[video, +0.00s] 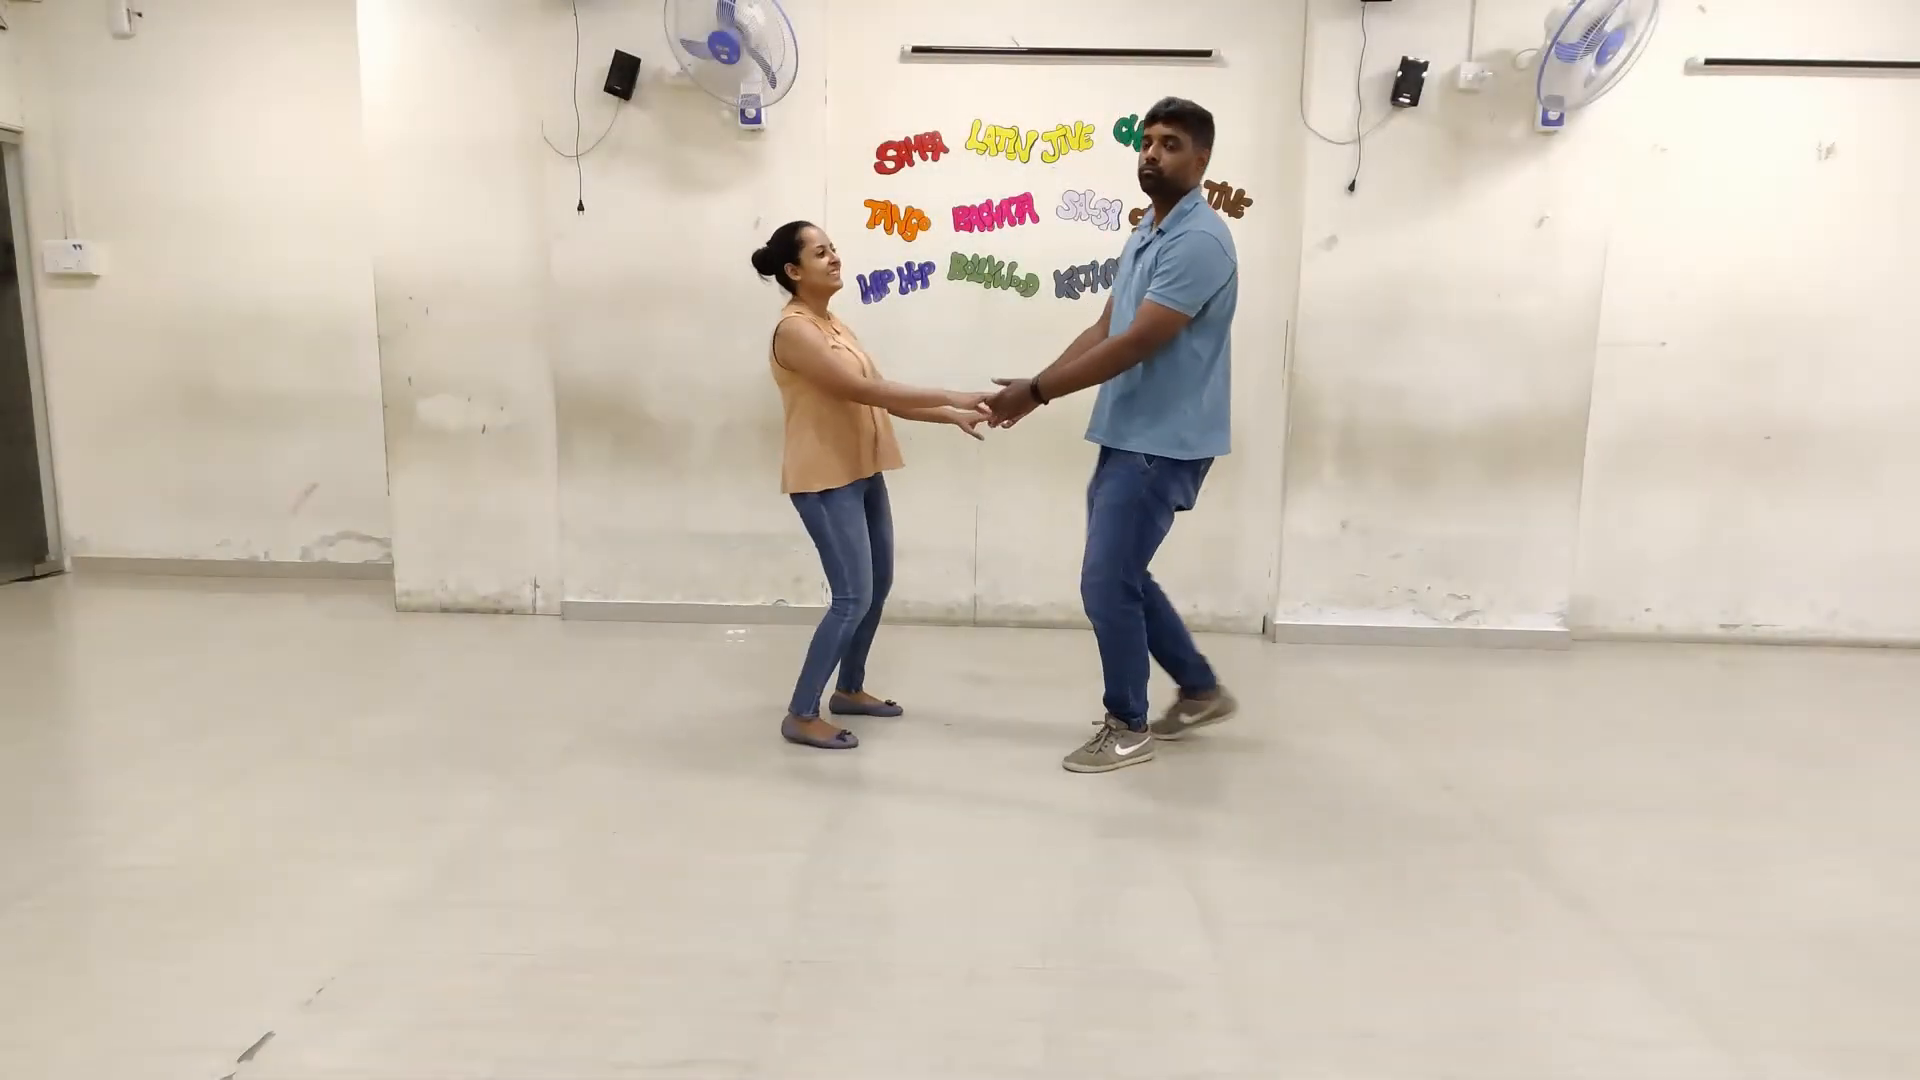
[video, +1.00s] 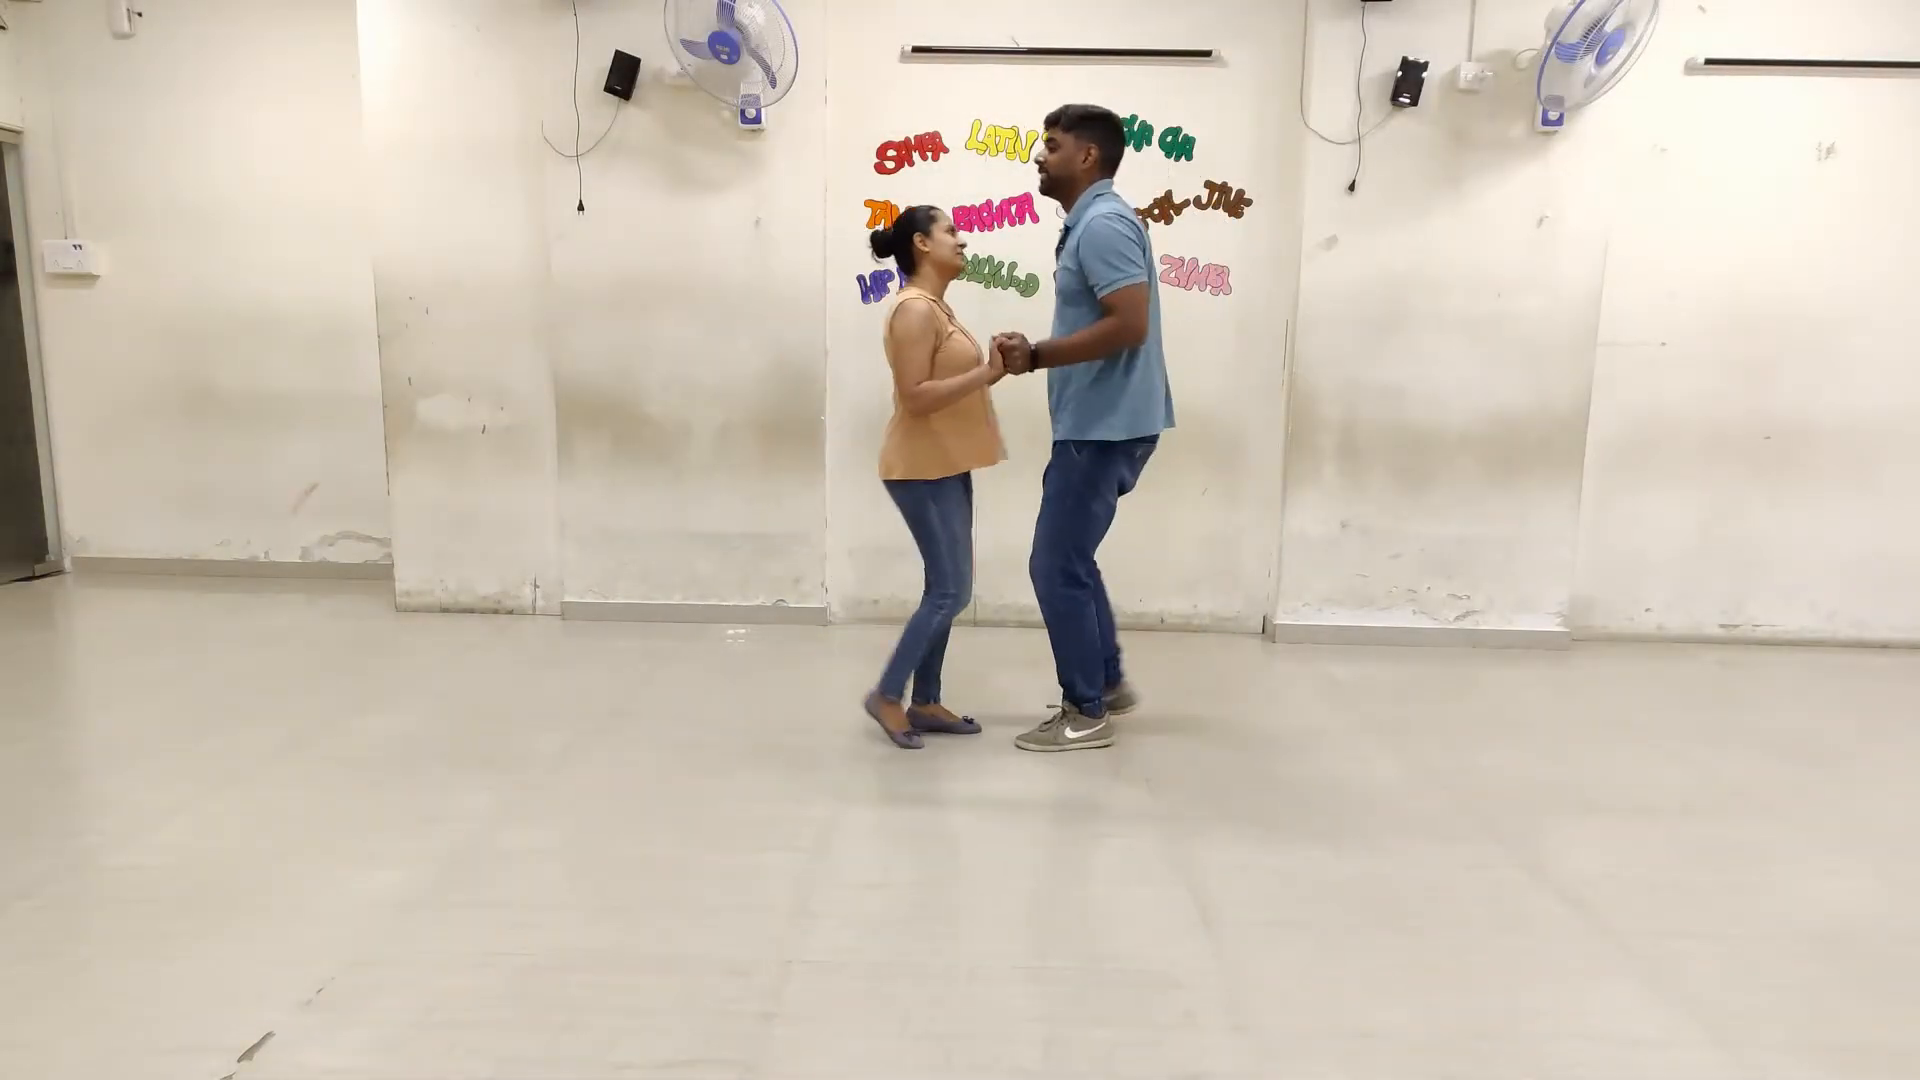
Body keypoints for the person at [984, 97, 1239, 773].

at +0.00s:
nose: (1151, 153)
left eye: (1170, 144)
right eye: (1147, 142)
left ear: (1202, 161)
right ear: (1139, 153)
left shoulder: (1200, 240)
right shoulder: (1148, 233)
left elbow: (1142, 342)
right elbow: (1105, 329)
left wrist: (1039, 389)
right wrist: (1033, 389)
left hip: (1164, 442)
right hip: (1126, 435)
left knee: (1107, 583)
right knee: (1118, 574)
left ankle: (1127, 725)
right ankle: (1202, 689)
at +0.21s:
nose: (1152, 149)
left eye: (1167, 138)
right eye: (1153, 139)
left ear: (1208, 150)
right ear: (1169, 153)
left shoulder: (1214, 231)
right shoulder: (1175, 229)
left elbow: (1160, 331)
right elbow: (1128, 320)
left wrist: (1059, 365)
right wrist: (1046, 352)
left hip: (1196, 437)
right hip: (1189, 433)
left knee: (1137, 575)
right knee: (1195, 570)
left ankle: (1126, 727)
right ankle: (1228, 711)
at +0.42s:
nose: (1148, 157)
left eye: (1164, 147)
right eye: (1151, 147)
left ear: (1203, 159)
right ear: (1189, 161)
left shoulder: (1214, 231)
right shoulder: (1184, 232)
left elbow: (1164, 334)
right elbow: (1139, 322)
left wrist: (1062, 350)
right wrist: (1055, 341)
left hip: (1208, 436)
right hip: (1204, 433)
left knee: (1133, 561)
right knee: (1195, 571)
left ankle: (1138, 717)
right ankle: (1230, 709)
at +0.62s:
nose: (1122, 165)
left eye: (1137, 156)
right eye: (1126, 154)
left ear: (1175, 169)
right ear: (1162, 170)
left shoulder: (1188, 239)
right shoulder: (1158, 241)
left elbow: (1157, 342)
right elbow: (1122, 331)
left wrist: (1050, 364)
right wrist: (1045, 357)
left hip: (1183, 441)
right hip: (1180, 438)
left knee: (1099, 560)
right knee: (1169, 576)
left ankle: (1096, 711)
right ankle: (1227, 710)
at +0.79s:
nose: (1084, 180)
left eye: (1097, 170)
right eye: (1087, 169)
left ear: (1134, 182)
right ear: (1129, 183)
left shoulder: (1147, 256)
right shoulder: (1133, 252)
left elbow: (1147, 367)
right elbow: (1110, 361)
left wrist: (1057, 412)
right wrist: (1047, 402)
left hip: (1135, 451)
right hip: (1149, 448)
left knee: (1060, 573)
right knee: (1117, 579)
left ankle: (1085, 713)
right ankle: (1213, 693)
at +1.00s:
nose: (1040, 156)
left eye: (1053, 146)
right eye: (1043, 146)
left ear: (1090, 156)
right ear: (1087, 158)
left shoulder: (1103, 223)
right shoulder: (1098, 219)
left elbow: (1128, 325)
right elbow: (1113, 326)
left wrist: (1036, 353)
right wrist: (1035, 351)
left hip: (1104, 428)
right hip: (1105, 423)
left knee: (1055, 562)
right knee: (1068, 556)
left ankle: (1085, 711)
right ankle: (1107, 683)